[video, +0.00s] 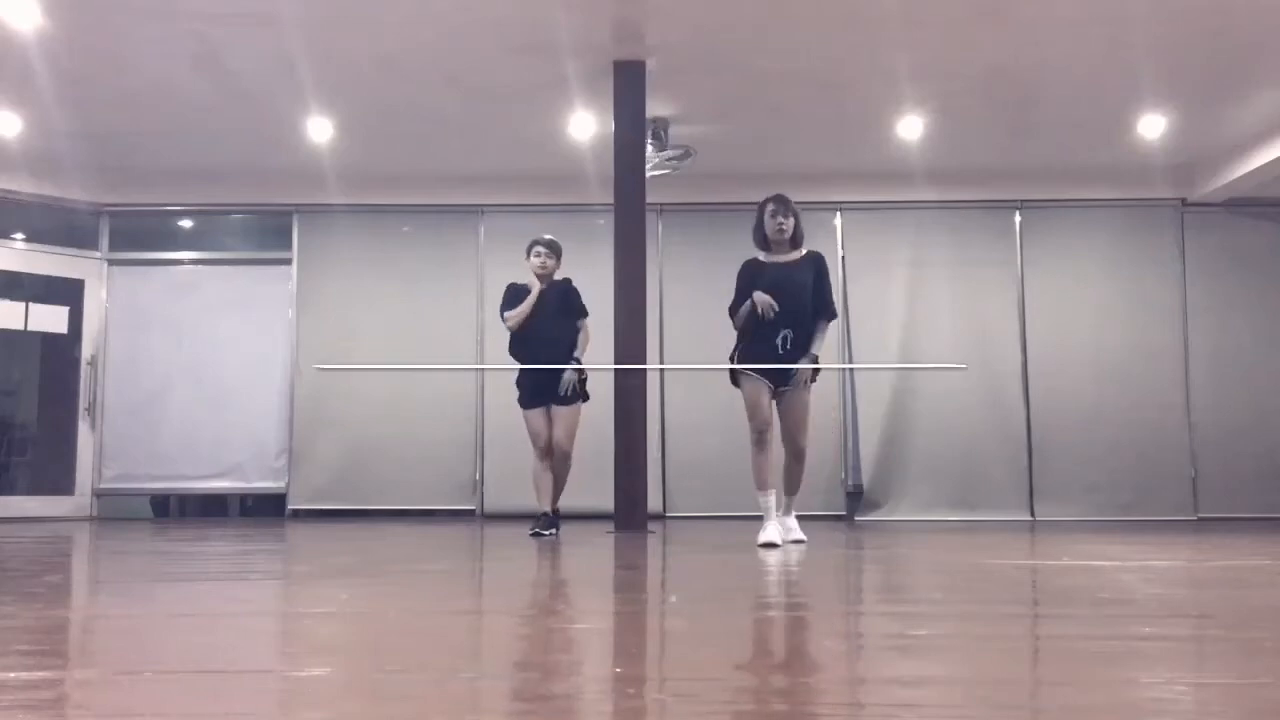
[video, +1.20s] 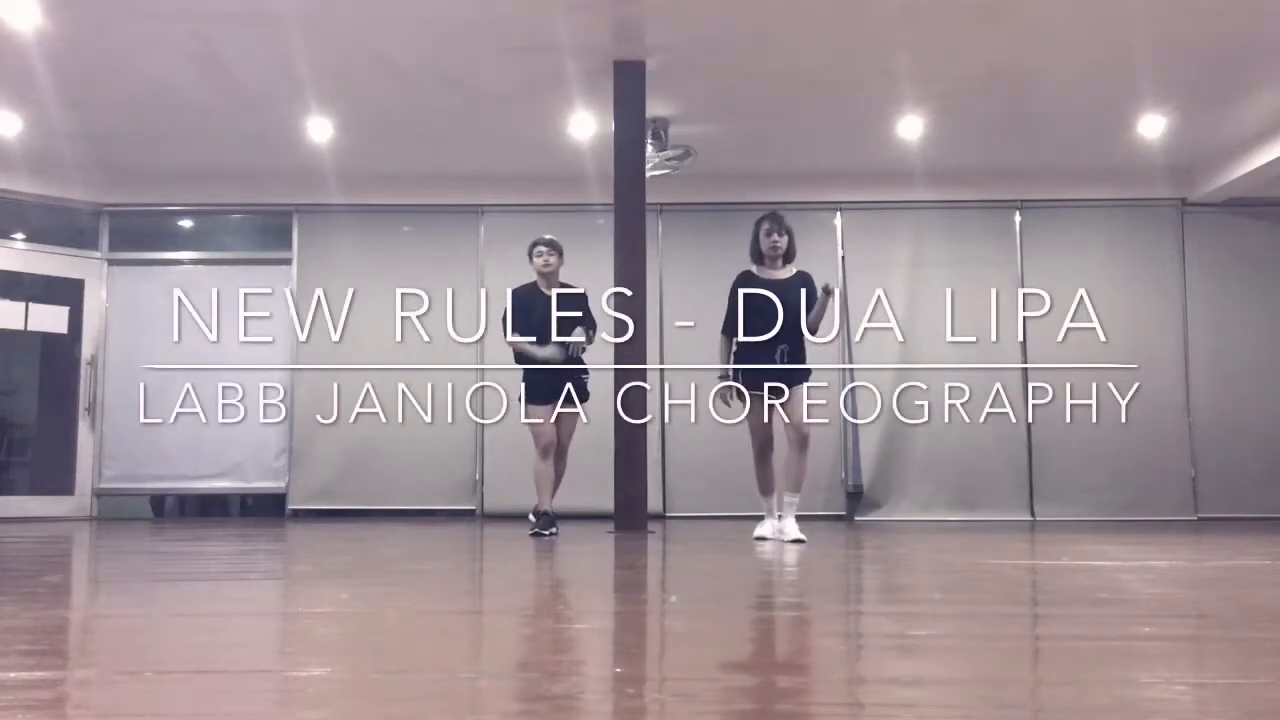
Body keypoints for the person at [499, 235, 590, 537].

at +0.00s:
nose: (543, 260)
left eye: (549, 256)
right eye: (537, 255)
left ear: (557, 262)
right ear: (528, 260)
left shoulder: (567, 290)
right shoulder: (517, 291)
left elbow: (584, 330)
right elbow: (511, 322)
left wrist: (575, 362)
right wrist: (535, 291)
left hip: (565, 375)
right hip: (531, 376)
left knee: (562, 448)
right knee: (541, 448)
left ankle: (552, 508)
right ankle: (545, 515)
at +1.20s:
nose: (545, 259)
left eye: (550, 255)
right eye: (539, 255)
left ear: (560, 260)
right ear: (531, 262)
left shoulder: (575, 295)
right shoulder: (520, 296)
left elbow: (590, 329)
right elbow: (513, 340)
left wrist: (581, 337)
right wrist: (541, 352)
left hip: (571, 380)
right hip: (537, 380)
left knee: (561, 448)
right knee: (545, 445)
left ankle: (542, 508)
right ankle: (544, 513)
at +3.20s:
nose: (537, 222)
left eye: (544, 216)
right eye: (530, 216)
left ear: (556, 221)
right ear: (520, 223)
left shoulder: (577, 254)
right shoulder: (513, 274)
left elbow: (595, 305)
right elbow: (504, 329)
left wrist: (597, 351)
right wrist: (494, 370)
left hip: (571, 363)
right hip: (526, 366)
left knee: (568, 453)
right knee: (544, 445)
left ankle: (548, 501)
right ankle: (555, 522)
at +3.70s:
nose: (537, 197)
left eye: (547, 192)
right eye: (531, 190)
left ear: (560, 200)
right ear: (520, 195)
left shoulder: (576, 237)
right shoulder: (496, 244)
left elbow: (601, 282)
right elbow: (479, 297)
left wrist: (602, 314)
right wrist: (498, 311)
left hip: (571, 342)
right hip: (522, 344)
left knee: (558, 419)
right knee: (521, 432)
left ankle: (561, 519)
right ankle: (518, 521)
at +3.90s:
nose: (522, 196)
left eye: (528, 187)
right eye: (513, 191)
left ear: (543, 192)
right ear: (503, 201)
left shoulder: (576, 231)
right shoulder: (499, 250)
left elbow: (597, 286)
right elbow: (494, 308)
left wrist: (600, 338)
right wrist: (510, 265)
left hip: (566, 343)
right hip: (513, 347)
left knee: (558, 407)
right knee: (522, 448)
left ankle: (551, 515)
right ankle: (521, 524)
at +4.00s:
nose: (533, 185)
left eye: (539, 176)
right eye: (524, 181)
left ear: (554, 181)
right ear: (514, 190)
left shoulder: (579, 234)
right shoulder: (501, 230)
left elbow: (589, 295)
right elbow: (488, 278)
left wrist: (590, 338)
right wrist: (529, 238)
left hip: (565, 341)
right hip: (514, 341)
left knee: (558, 423)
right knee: (524, 446)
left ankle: (552, 525)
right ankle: (524, 524)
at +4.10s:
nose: (556, 180)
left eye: (563, 175)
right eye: (548, 172)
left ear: (571, 188)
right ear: (531, 179)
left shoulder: (571, 239)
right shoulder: (510, 212)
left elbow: (579, 302)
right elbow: (492, 235)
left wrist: (595, 338)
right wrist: (530, 208)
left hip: (565, 340)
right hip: (515, 339)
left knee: (559, 425)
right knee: (526, 445)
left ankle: (552, 526)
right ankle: (533, 516)